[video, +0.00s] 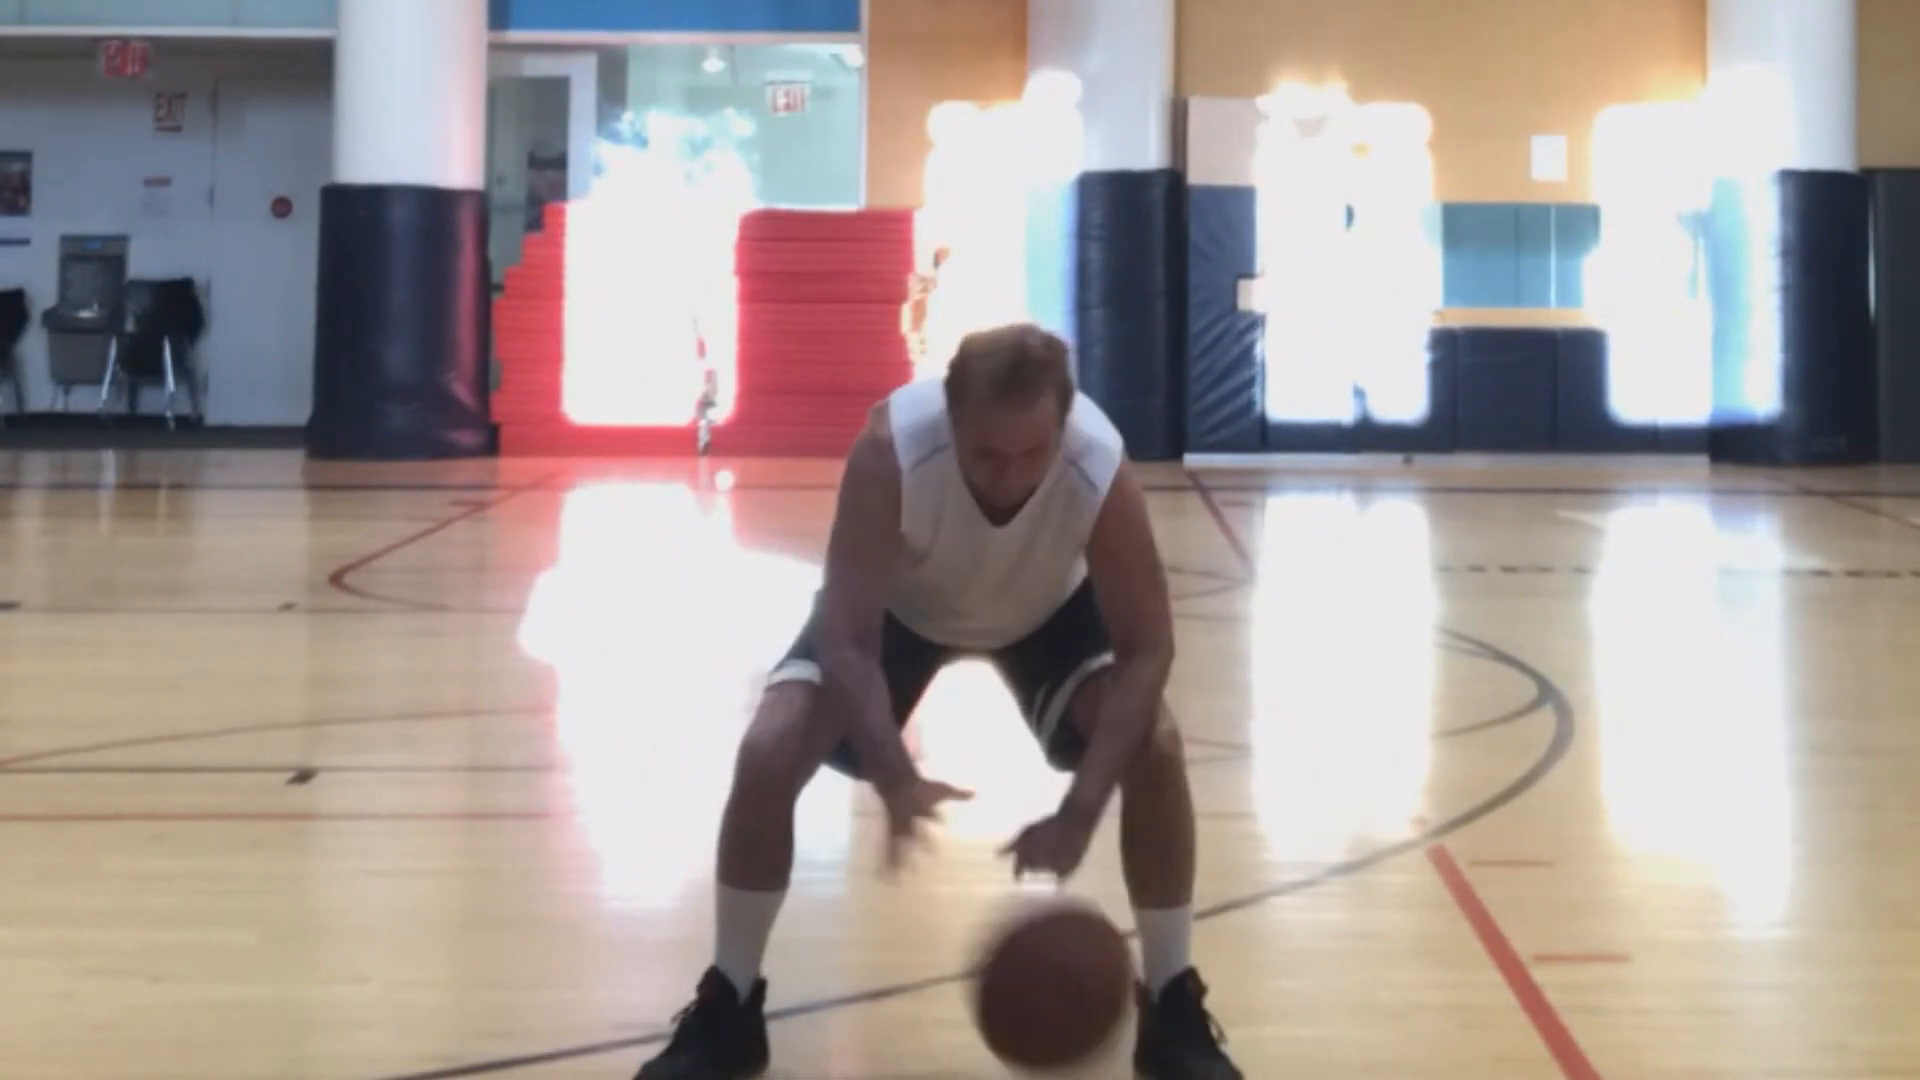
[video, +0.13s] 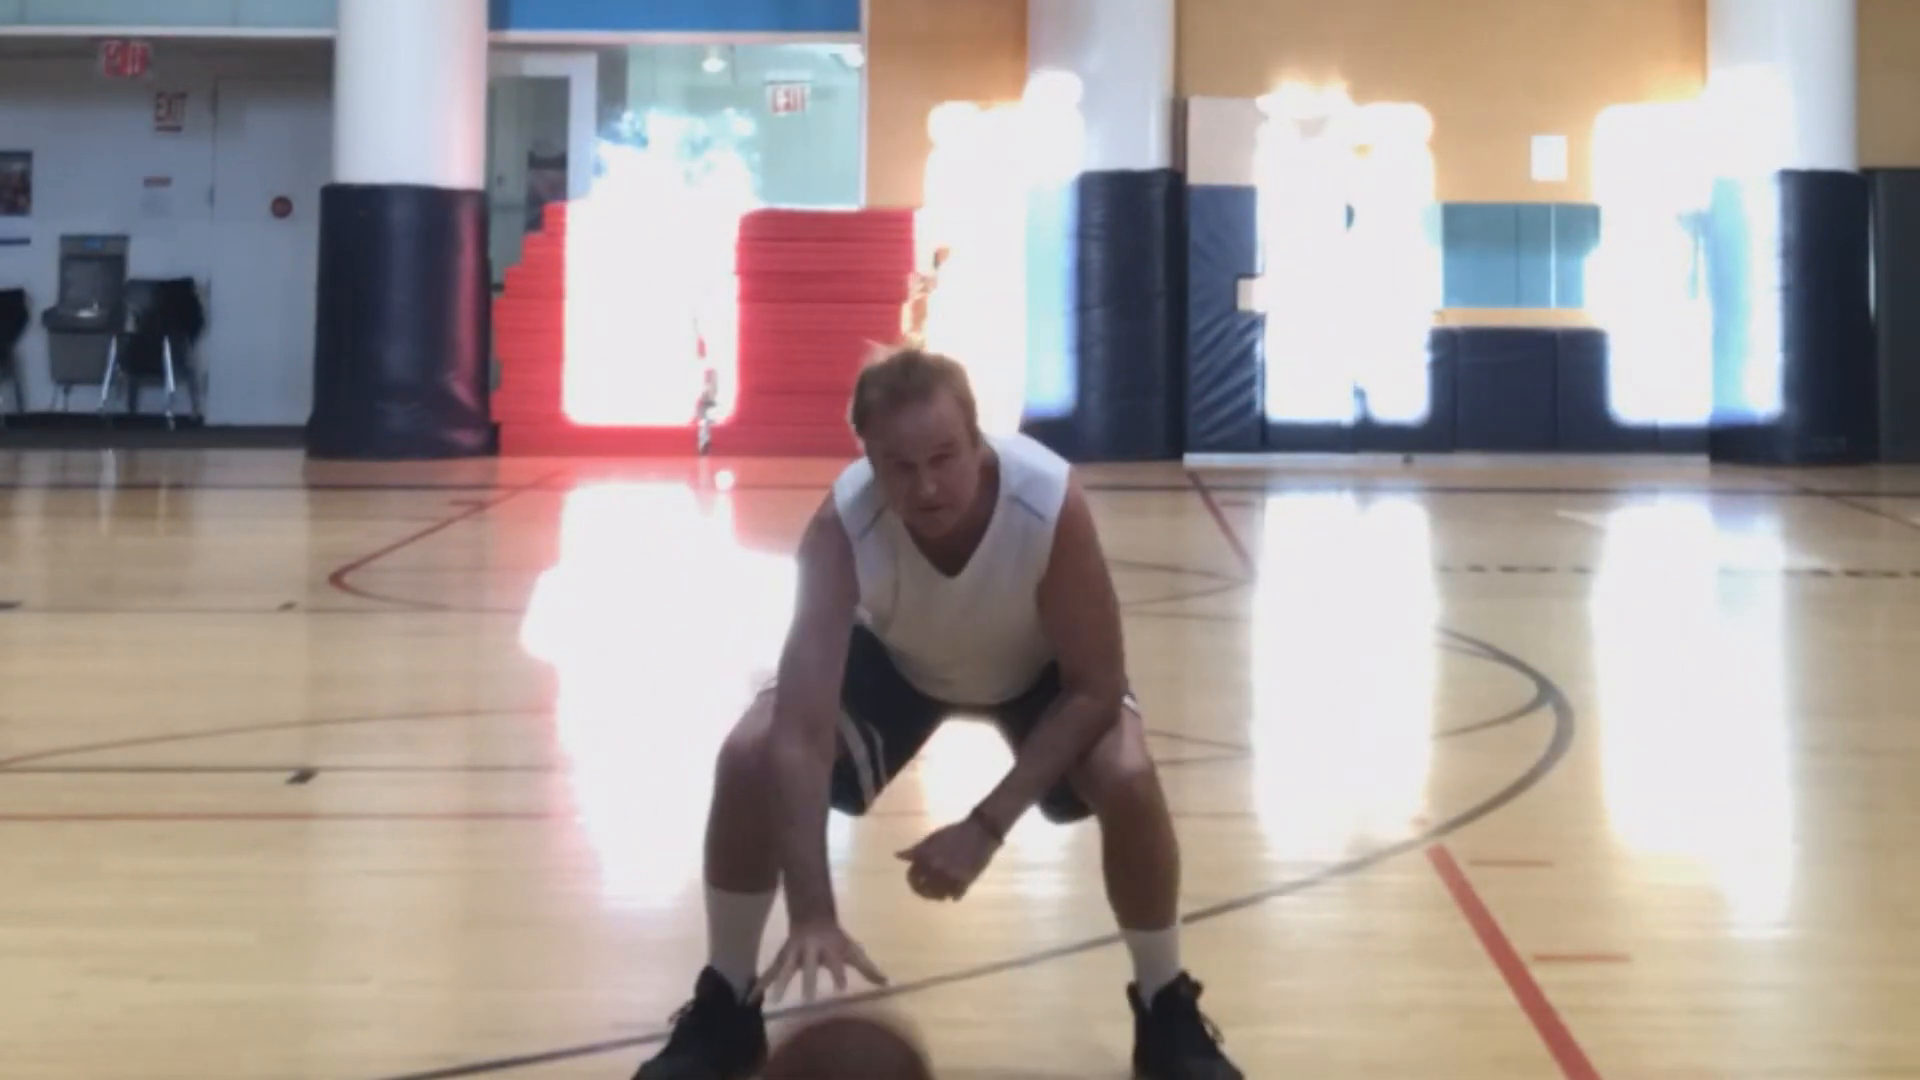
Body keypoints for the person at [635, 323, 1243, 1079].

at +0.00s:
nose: (1009, 476)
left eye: (1032, 454)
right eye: (988, 454)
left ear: (1062, 428)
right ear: (953, 425)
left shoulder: (1097, 466)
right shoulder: (891, 449)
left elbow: (1148, 648)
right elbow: (845, 639)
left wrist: (1078, 815)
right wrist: (894, 773)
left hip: (1045, 609)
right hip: (900, 608)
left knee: (1150, 743)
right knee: (765, 755)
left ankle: (1174, 1009)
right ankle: (729, 1008)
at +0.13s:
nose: (926, 487)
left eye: (943, 459)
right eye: (900, 467)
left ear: (978, 440)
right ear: (869, 460)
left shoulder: (1049, 504)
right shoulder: (841, 530)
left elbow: (1097, 688)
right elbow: (800, 731)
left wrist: (985, 827)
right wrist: (813, 914)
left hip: (1037, 670)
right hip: (896, 665)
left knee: (1129, 782)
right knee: (747, 759)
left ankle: (1168, 1015)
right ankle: (724, 1011)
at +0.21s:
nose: (937, 491)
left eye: (954, 465)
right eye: (913, 471)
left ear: (988, 444)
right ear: (878, 462)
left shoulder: (1053, 501)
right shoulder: (845, 529)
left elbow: (1104, 682)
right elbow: (794, 731)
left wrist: (997, 818)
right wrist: (810, 905)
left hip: (1038, 668)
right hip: (894, 664)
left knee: (1136, 776)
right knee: (751, 762)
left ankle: (1169, 1013)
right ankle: (724, 1002)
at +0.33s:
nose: (934, 482)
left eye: (952, 455)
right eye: (910, 463)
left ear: (987, 438)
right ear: (877, 454)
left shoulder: (1054, 501)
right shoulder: (844, 523)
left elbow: (1102, 687)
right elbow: (790, 725)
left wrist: (985, 819)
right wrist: (798, 907)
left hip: (1039, 669)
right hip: (896, 663)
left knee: (1130, 776)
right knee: (752, 756)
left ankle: (1168, 1015)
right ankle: (723, 1004)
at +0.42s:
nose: (938, 448)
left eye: (958, 424)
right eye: (916, 428)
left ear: (996, 392)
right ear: (886, 407)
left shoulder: (1056, 441)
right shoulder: (843, 438)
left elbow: (1086, 624)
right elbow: (815, 629)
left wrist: (1030, 786)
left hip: (1032, 598)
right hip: (890, 595)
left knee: (1126, 748)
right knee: (770, 743)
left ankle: (1175, 1002)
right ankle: (724, 1003)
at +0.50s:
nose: (958, 420)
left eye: (977, 394)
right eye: (934, 401)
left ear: (1007, 369)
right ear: (899, 385)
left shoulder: (1067, 437)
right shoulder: (851, 441)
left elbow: (1145, 605)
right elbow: (832, 644)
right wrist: (867, 815)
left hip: (1045, 594)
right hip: (900, 595)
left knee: (1127, 743)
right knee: (774, 742)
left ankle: (1179, 1011)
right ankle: (722, 1006)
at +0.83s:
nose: (1184, 85)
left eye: (1201, 65)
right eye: (1165, 68)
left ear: (1229, 69)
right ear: (1137, 75)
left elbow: (1316, 315)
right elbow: (1008, 323)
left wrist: (1378, 383)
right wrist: (976, 456)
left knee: (1231, 674)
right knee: (1156, 692)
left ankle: (1245, 941)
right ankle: (1138, 863)